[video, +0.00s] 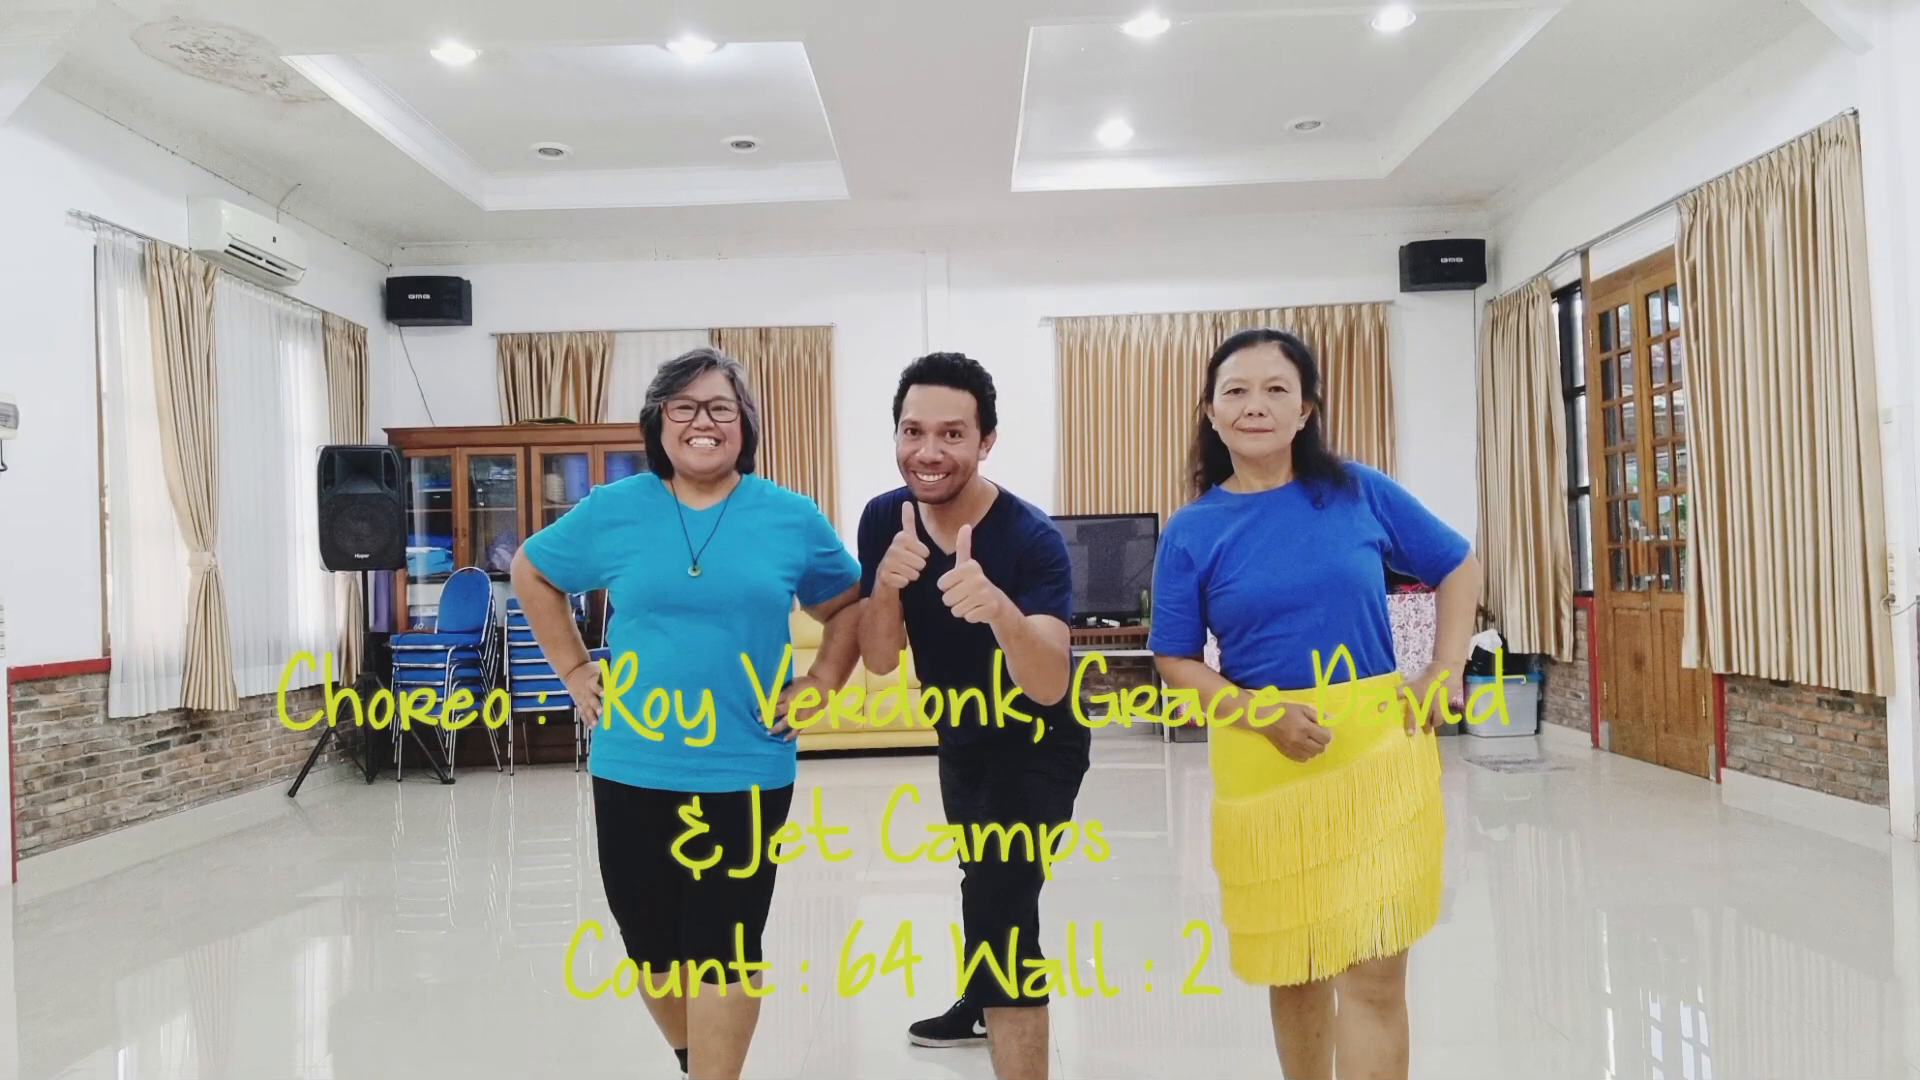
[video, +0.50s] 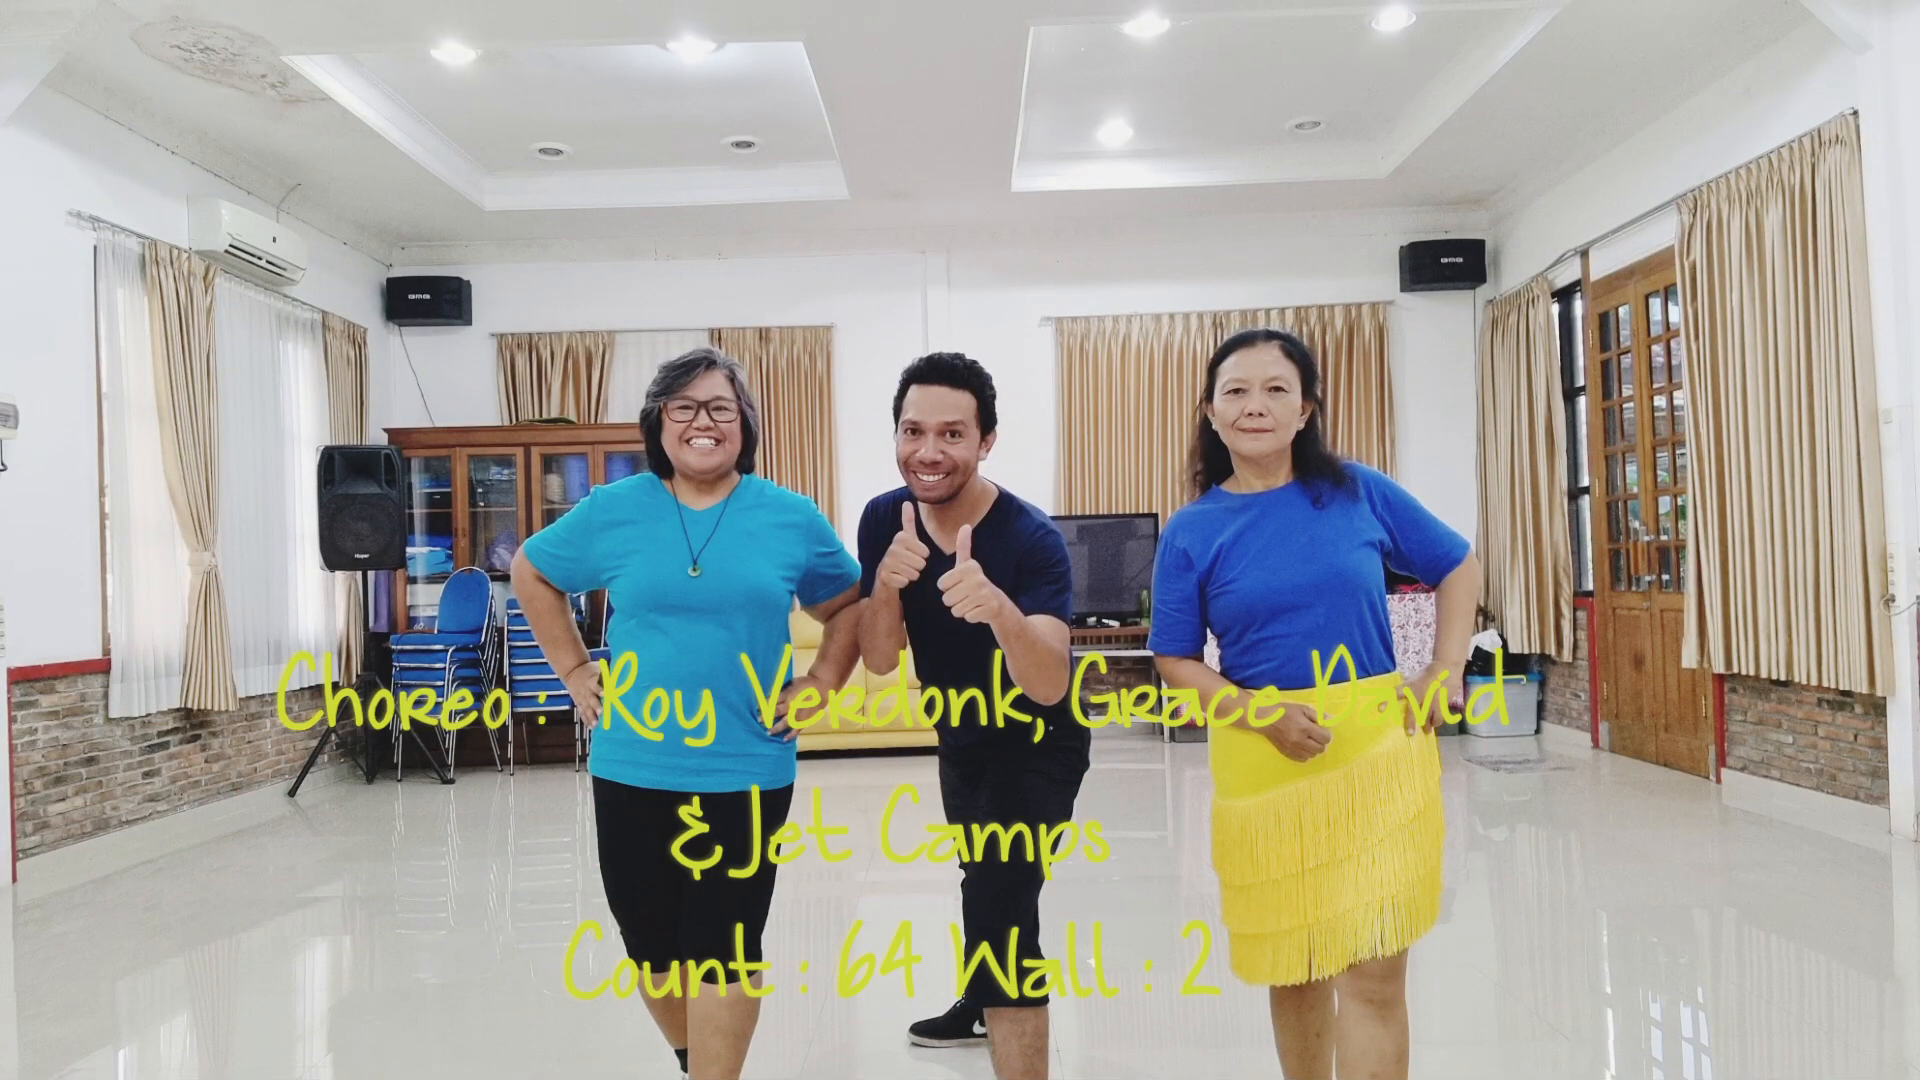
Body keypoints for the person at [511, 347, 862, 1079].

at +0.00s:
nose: (703, 421)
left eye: (720, 409)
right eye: (686, 408)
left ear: (746, 427)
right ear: (659, 425)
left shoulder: (791, 518)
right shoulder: (614, 510)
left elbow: (848, 607)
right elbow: (530, 570)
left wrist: (822, 682)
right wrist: (573, 668)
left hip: (745, 775)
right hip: (632, 774)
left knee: (725, 960)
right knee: (656, 963)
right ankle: (704, 1066)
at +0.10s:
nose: (703, 421)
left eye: (720, 409)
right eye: (686, 408)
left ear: (746, 427)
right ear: (659, 425)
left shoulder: (791, 518)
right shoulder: (614, 510)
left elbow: (848, 607)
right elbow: (530, 570)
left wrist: (822, 682)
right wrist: (573, 668)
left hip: (745, 775)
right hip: (632, 774)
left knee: (725, 960)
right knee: (656, 963)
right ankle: (704, 1066)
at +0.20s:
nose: (703, 421)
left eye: (720, 408)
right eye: (686, 408)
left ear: (746, 427)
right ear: (659, 425)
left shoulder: (790, 518)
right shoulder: (614, 510)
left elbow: (848, 607)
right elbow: (530, 570)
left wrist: (822, 682)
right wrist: (573, 668)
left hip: (745, 774)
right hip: (632, 774)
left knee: (725, 960)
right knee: (656, 963)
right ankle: (704, 1066)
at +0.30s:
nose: (703, 421)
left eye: (720, 408)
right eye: (686, 408)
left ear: (746, 427)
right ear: (659, 425)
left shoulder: (791, 518)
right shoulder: (614, 510)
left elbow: (848, 607)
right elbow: (530, 570)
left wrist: (822, 682)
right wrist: (573, 668)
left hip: (745, 774)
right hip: (632, 774)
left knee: (725, 960)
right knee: (656, 963)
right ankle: (704, 1066)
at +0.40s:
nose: (703, 421)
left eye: (720, 409)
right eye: (686, 408)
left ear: (746, 427)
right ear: (659, 425)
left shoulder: (790, 518)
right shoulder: (614, 510)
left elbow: (848, 607)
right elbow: (530, 570)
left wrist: (822, 681)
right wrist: (573, 668)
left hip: (745, 774)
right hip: (632, 774)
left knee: (725, 960)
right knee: (656, 963)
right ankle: (704, 1066)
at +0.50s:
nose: (703, 421)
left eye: (720, 409)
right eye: (686, 408)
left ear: (746, 427)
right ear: (659, 425)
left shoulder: (790, 518)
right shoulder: (614, 510)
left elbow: (848, 607)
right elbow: (530, 570)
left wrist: (822, 681)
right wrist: (573, 668)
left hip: (745, 774)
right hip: (632, 774)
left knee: (725, 960)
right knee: (656, 963)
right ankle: (704, 1066)